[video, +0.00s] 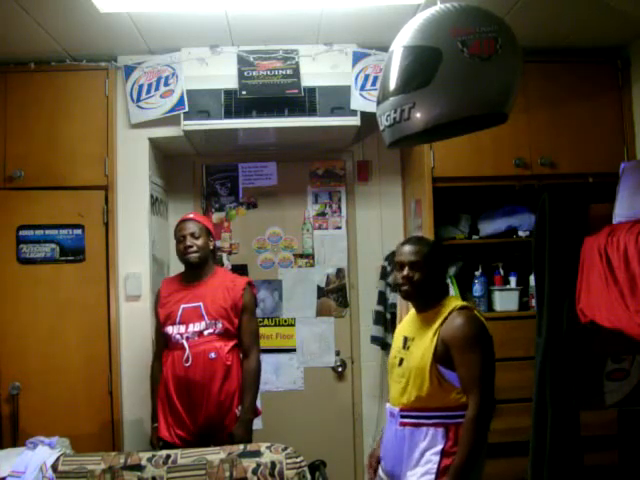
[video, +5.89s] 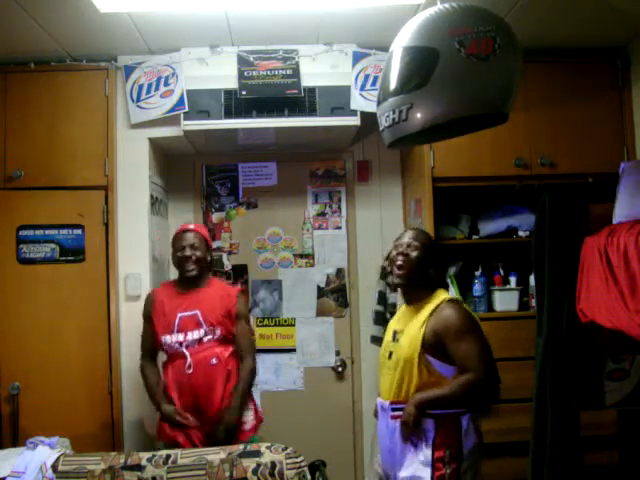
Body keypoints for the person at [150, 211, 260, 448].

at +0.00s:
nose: (187, 243)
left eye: (195, 236)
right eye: (180, 239)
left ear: (211, 242)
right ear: (176, 247)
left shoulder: (237, 288)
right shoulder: (167, 290)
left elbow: (251, 354)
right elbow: (160, 355)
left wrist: (245, 417)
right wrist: (157, 419)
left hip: (225, 416)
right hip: (176, 416)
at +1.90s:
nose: (186, 240)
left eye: (194, 234)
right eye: (180, 237)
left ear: (210, 242)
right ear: (175, 248)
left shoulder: (237, 288)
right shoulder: (166, 290)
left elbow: (251, 355)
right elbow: (159, 355)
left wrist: (245, 419)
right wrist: (156, 419)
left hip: (225, 416)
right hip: (176, 417)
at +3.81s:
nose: (186, 241)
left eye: (194, 235)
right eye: (179, 238)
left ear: (210, 242)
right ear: (175, 247)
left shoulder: (237, 288)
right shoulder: (167, 290)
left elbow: (250, 355)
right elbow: (160, 356)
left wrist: (245, 418)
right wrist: (157, 420)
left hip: (224, 417)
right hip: (175, 418)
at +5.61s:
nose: (183, 257)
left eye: (191, 251)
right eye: (177, 251)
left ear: (205, 256)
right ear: (170, 258)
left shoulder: (230, 298)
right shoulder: (154, 304)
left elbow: (262, 353)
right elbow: (139, 360)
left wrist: (231, 388)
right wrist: (146, 393)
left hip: (227, 419)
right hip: (177, 422)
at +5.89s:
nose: (187, 254)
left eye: (195, 248)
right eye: (180, 249)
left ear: (208, 254)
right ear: (173, 257)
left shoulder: (231, 297)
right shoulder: (157, 299)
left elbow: (248, 359)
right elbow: (148, 358)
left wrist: (233, 413)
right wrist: (163, 405)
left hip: (229, 421)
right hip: (180, 421)